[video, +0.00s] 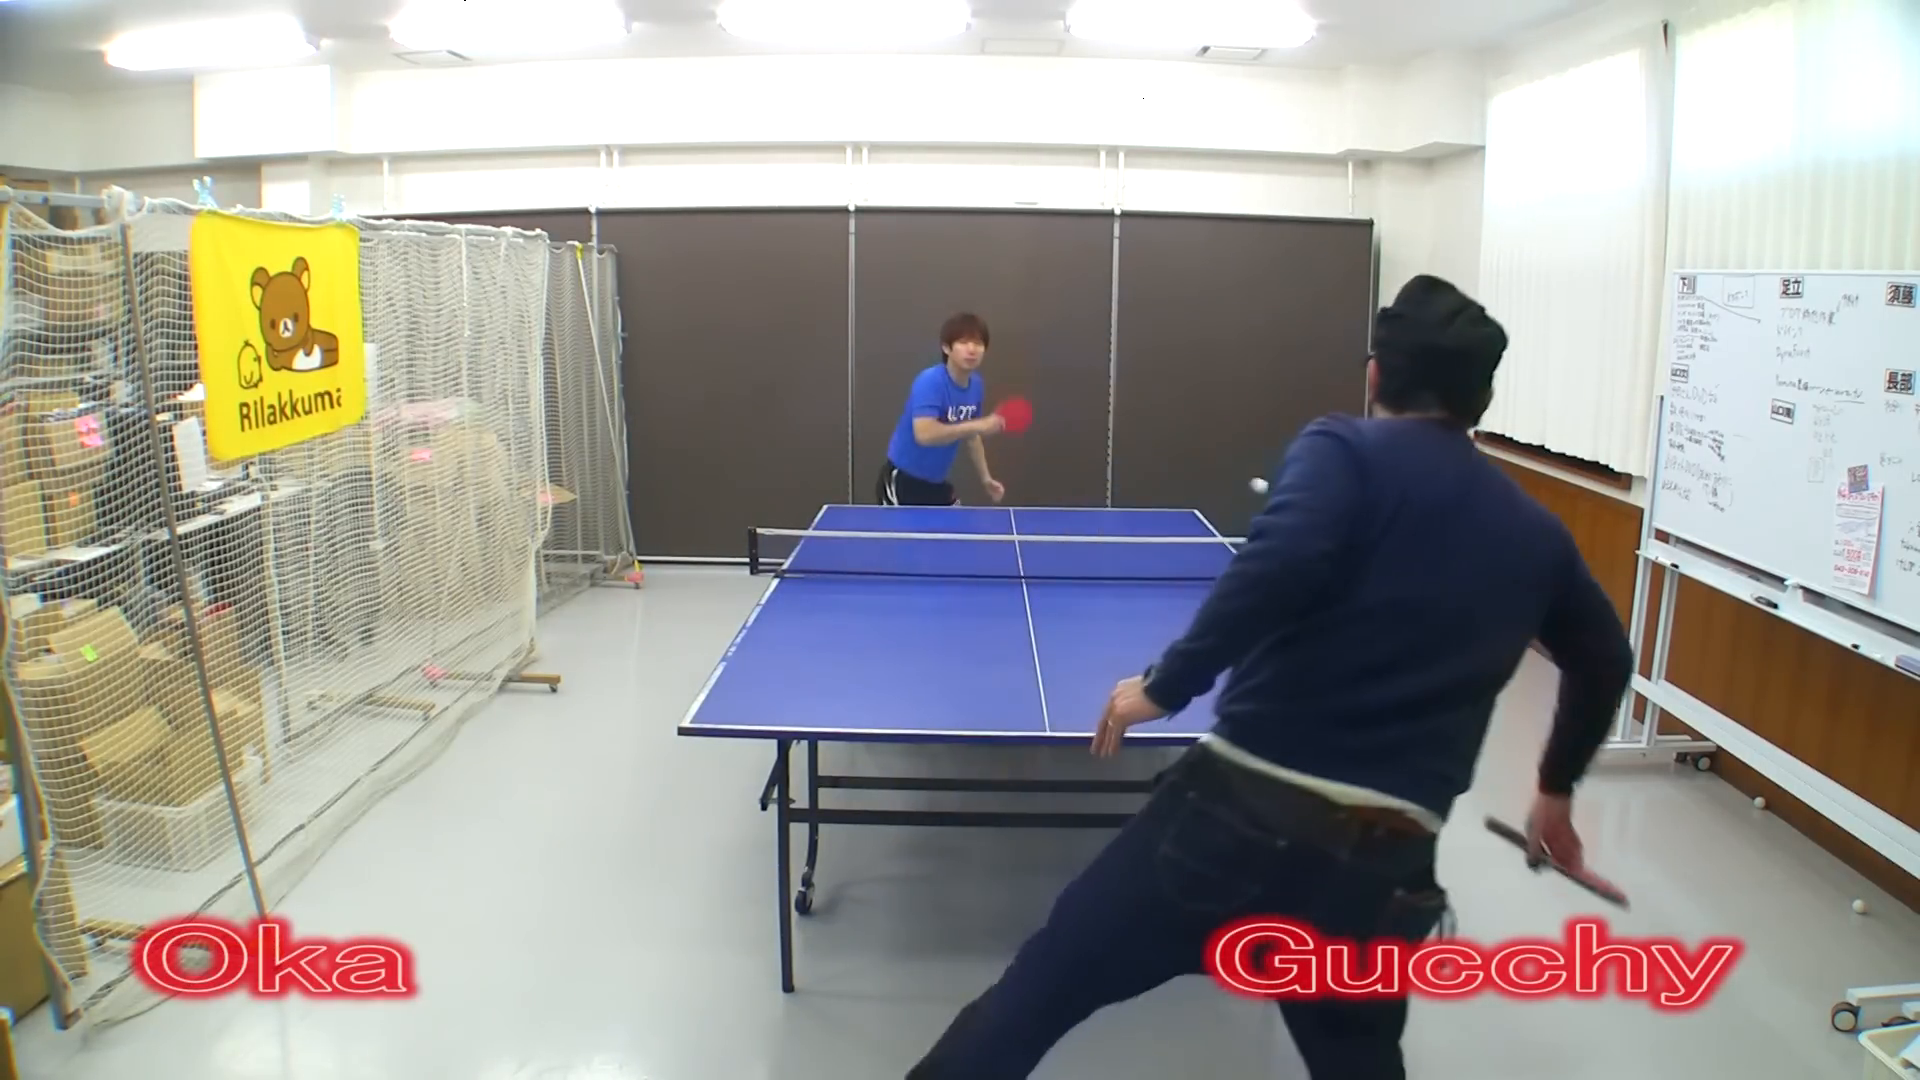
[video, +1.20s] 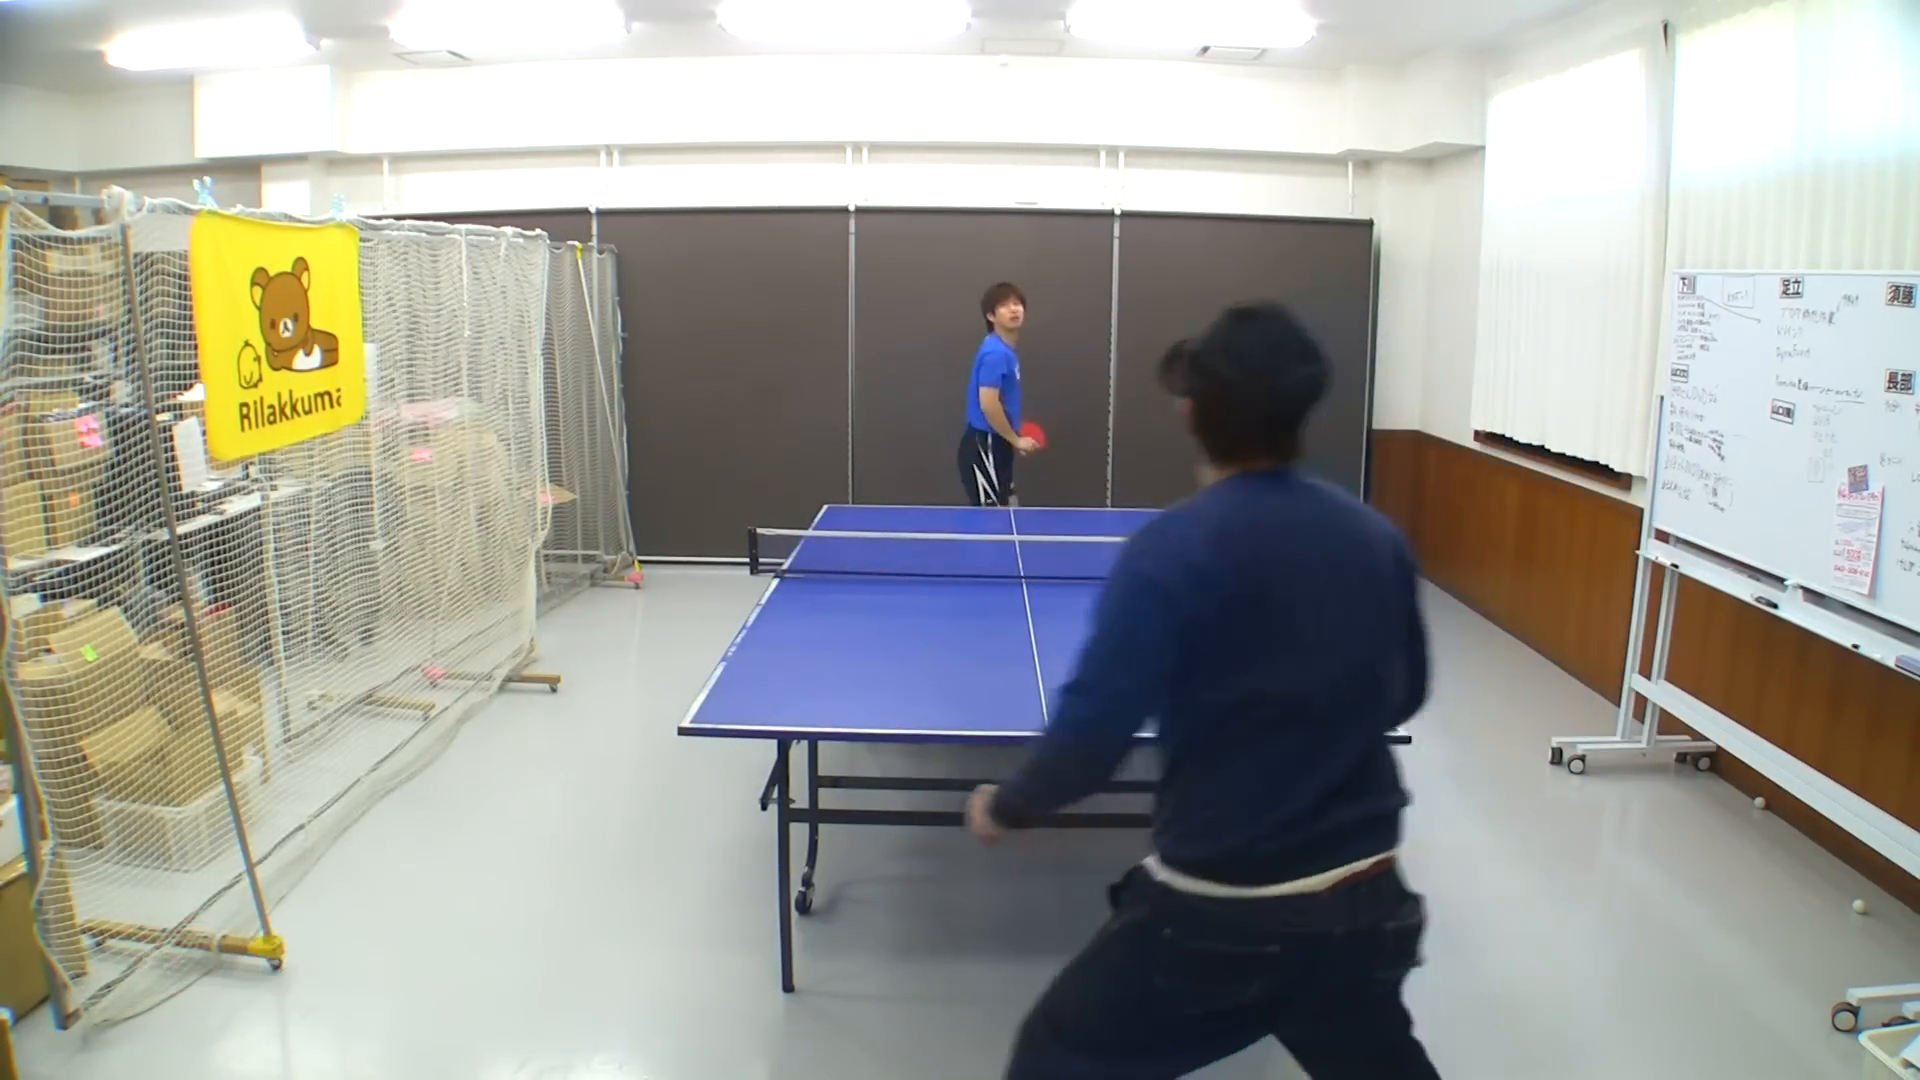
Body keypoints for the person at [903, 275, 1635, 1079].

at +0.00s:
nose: (1365, 371)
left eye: (1370, 361)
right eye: (1376, 359)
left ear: (1377, 375)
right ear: (1480, 399)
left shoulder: (1340, 449)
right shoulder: (1533, 530)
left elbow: (1285, 562)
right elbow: (1602, 659)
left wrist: (1161, 686)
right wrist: (1556, 788)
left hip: (1231, 828)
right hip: (1384, 869)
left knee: (1037, 997)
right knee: (1363, 1066)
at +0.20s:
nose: (1433, 372)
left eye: (1437, 355)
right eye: (1439, 353)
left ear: (1450, 367)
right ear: (1546, 386)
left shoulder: (1407, 451)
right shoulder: (1603, 528)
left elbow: (1330, 567)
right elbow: (1673, 678)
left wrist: (1182, 674)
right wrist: (1627, 823)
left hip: (1302, 826)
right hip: (1449, 869)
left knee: (1159, 1022)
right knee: (1419, 1065)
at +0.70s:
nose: (1477, 351)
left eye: (1480, 338)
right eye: (1483, 336)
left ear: (1489, 353)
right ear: (1588, 377)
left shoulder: (1435, 452)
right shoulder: (1640, 521)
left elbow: (1353, 610)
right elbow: (1648, 703)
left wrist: (1247, 747)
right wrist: (1552, 753)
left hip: (1373, 845)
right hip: (1521, 863)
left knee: (1227, 1055)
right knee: (1490, 1069)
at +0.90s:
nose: (1407, 354)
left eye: (1410, 340)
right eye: (1415, 338)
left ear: (1418, 359)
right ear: (1518, 371)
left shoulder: (1386, 470)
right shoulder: (1577, 515)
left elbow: (1347, 653)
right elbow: (1579, 687)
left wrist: (1261, 800)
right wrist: (1468, 715)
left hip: (1347, 869)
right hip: (1484, 876)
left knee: (1205, 1067)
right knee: (1467, 1069)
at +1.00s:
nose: (1351, 363)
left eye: (1356, 349)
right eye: (1356, 347)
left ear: (1368, 366)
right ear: (1466, 374)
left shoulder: (1333, 484)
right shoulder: (1523, 512)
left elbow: (1302, 658)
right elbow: (1538, 678)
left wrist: (1210, 789)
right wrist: (1422, 705)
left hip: (1317, 882)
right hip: (1458, 882)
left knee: (1180, 1068)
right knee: (1450, 1069)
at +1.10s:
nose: (1281, 381)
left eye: (1286, 367)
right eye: (1286, 365)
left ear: (1295, 383)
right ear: (1395, 386)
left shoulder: (1265, 514)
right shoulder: (1462, 527)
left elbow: (1217, 689)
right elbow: (1480, 683)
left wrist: (1123, 799)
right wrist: (1363, 701)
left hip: (1274, 899)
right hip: (1415, 894)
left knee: (1127, 1068)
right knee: (1419, 1069)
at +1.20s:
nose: (1182, 408)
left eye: (1188, 394)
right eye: (1190, 390)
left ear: (1199, 413)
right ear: (1301, 411)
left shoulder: (1172, 550)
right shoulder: (1373, 539)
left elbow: (1091, 735)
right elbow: (1403, 694)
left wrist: (1005, 806)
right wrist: (1292, 723)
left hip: (1217, 925)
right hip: (1363, 912)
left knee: (1054, 1061)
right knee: (1379, 1059)